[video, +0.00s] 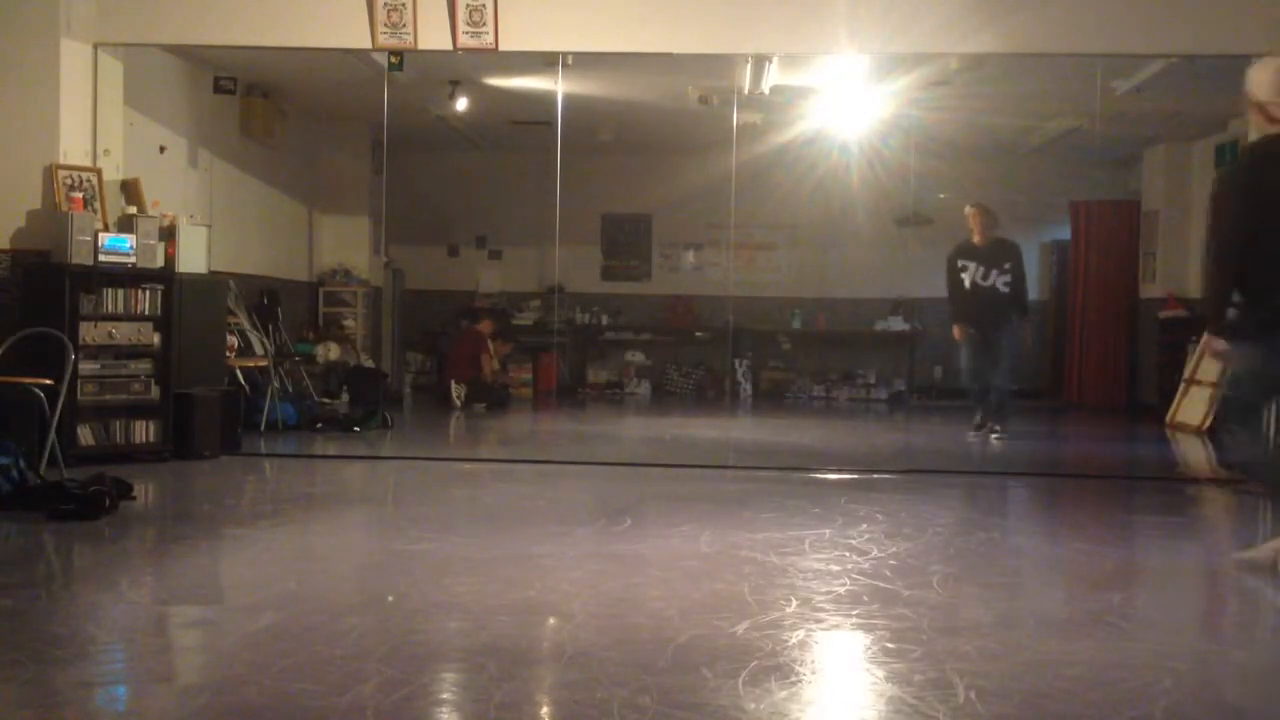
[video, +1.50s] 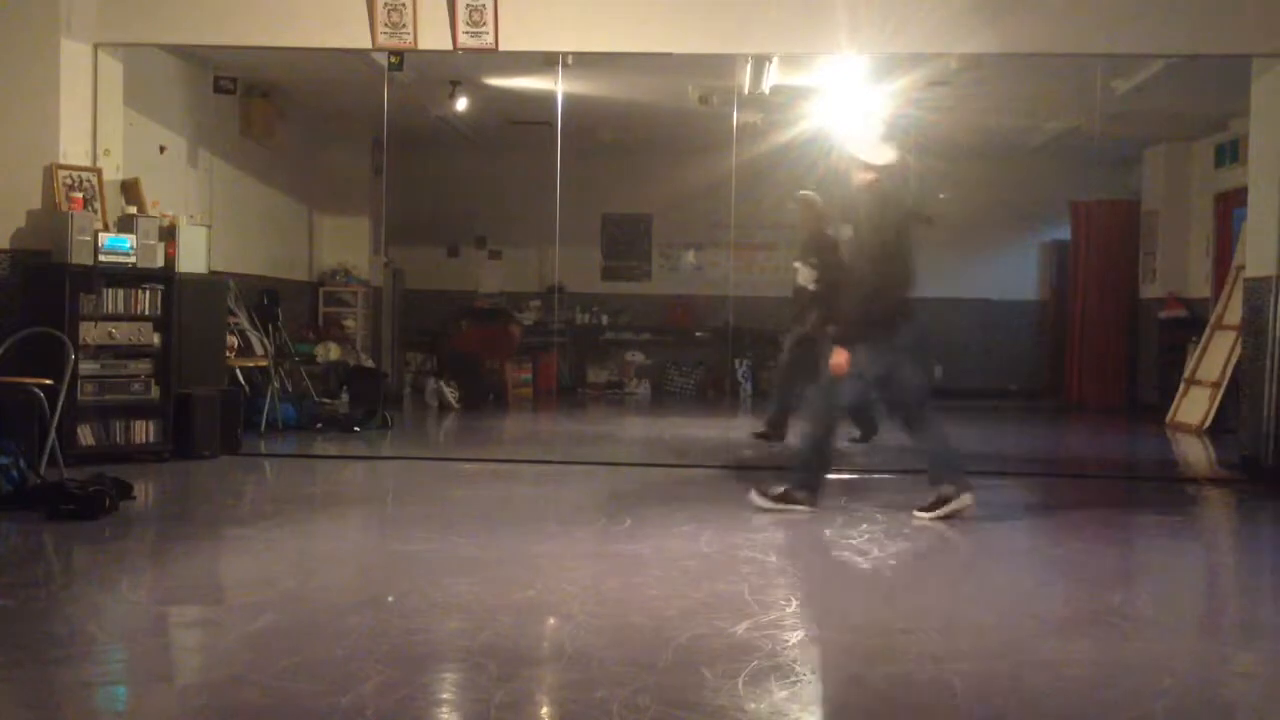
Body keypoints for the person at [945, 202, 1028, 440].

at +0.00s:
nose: (978, 221)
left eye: (982, 216)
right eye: (974, 217)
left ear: (991, 220)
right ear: (968, 222)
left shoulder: (1009, 249)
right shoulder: (959, 254)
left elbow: (1019, 286)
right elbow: (954, 291)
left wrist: (1023, 319)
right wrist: (956, 321)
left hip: (1003, 318)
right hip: (971, 319)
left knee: (1001, 371)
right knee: (970, 369)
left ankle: (997, 421)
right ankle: (979, 412)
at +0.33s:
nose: (951, 225)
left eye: (956, 220)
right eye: (947, 220)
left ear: (966, 222)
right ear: (943, 225)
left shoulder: (986, 249)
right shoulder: (939, 258)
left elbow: (1001, 287)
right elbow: (934, 299)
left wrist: (1003, 323)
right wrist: (936, 332)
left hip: (985, 325)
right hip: (953, 327)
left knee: (993, 376)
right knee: (947, 378)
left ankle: (996, 425)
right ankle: (950, 426)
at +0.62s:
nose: (923, 214)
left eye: (928, 208)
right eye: (919, 209)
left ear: (941, 210)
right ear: (916, 213)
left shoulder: (960, 243)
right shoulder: (913, 247)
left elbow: (971, 281)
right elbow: (904, 286)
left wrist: (974, 314)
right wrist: (902, 321)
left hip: (950, 314)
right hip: (921, 315)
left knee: (941, 367)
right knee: (930, 369)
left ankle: (949, 424)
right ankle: (942, 425)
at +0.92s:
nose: (891, 219)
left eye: (896, 214)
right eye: (889, 214)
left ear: (910, 217)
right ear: (886, 218)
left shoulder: (925, 249)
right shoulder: (882, 253)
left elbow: (932, 290)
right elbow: (873, 293)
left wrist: (932, 324)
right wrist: (874, 327)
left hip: (911, 321)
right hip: (887, 321)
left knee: (887, 369)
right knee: (913, 375)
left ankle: (877, 425)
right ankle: (941, 418)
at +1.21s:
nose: (860, 214)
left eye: (864, 208)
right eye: (857, 208)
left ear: (874, 210)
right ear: (852, 211)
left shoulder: (881, 241)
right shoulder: (845, 243)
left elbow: (880, 281)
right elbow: (838, 283)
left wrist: (874, 314)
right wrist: (829, 310)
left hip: (868, 313)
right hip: (844, 313)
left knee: (866, 367)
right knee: (834, 364)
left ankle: (871, 425)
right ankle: (859, 419)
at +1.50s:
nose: (798, 219)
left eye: (802, 213)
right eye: (797, 213)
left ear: (814, 215)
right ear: (806, 215)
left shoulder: (822, 243)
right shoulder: (810, 242)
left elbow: (832, 282)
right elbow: (807, 283)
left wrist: (819, 317)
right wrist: (798, 314)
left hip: (816, 315)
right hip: (808, 314)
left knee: (790, 366)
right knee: (835, 370)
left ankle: (776, 426)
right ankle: (865, 420)